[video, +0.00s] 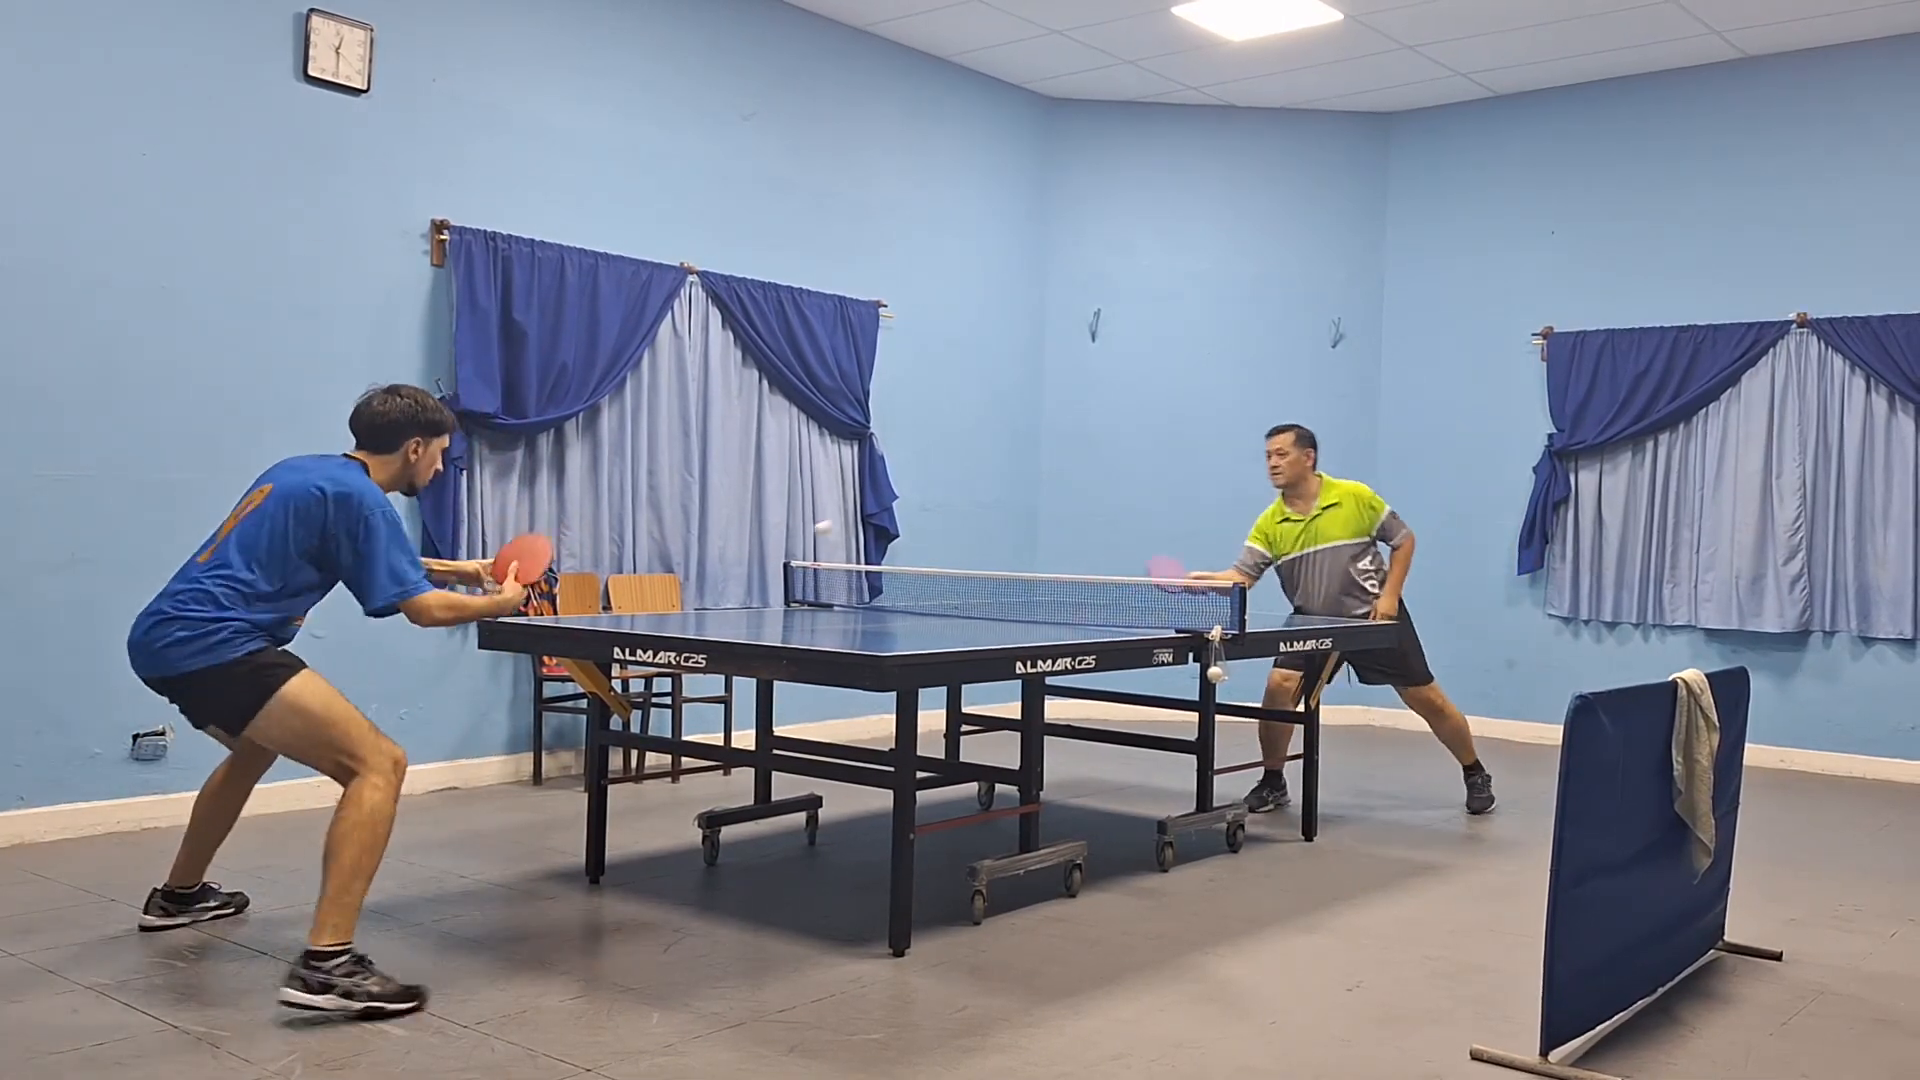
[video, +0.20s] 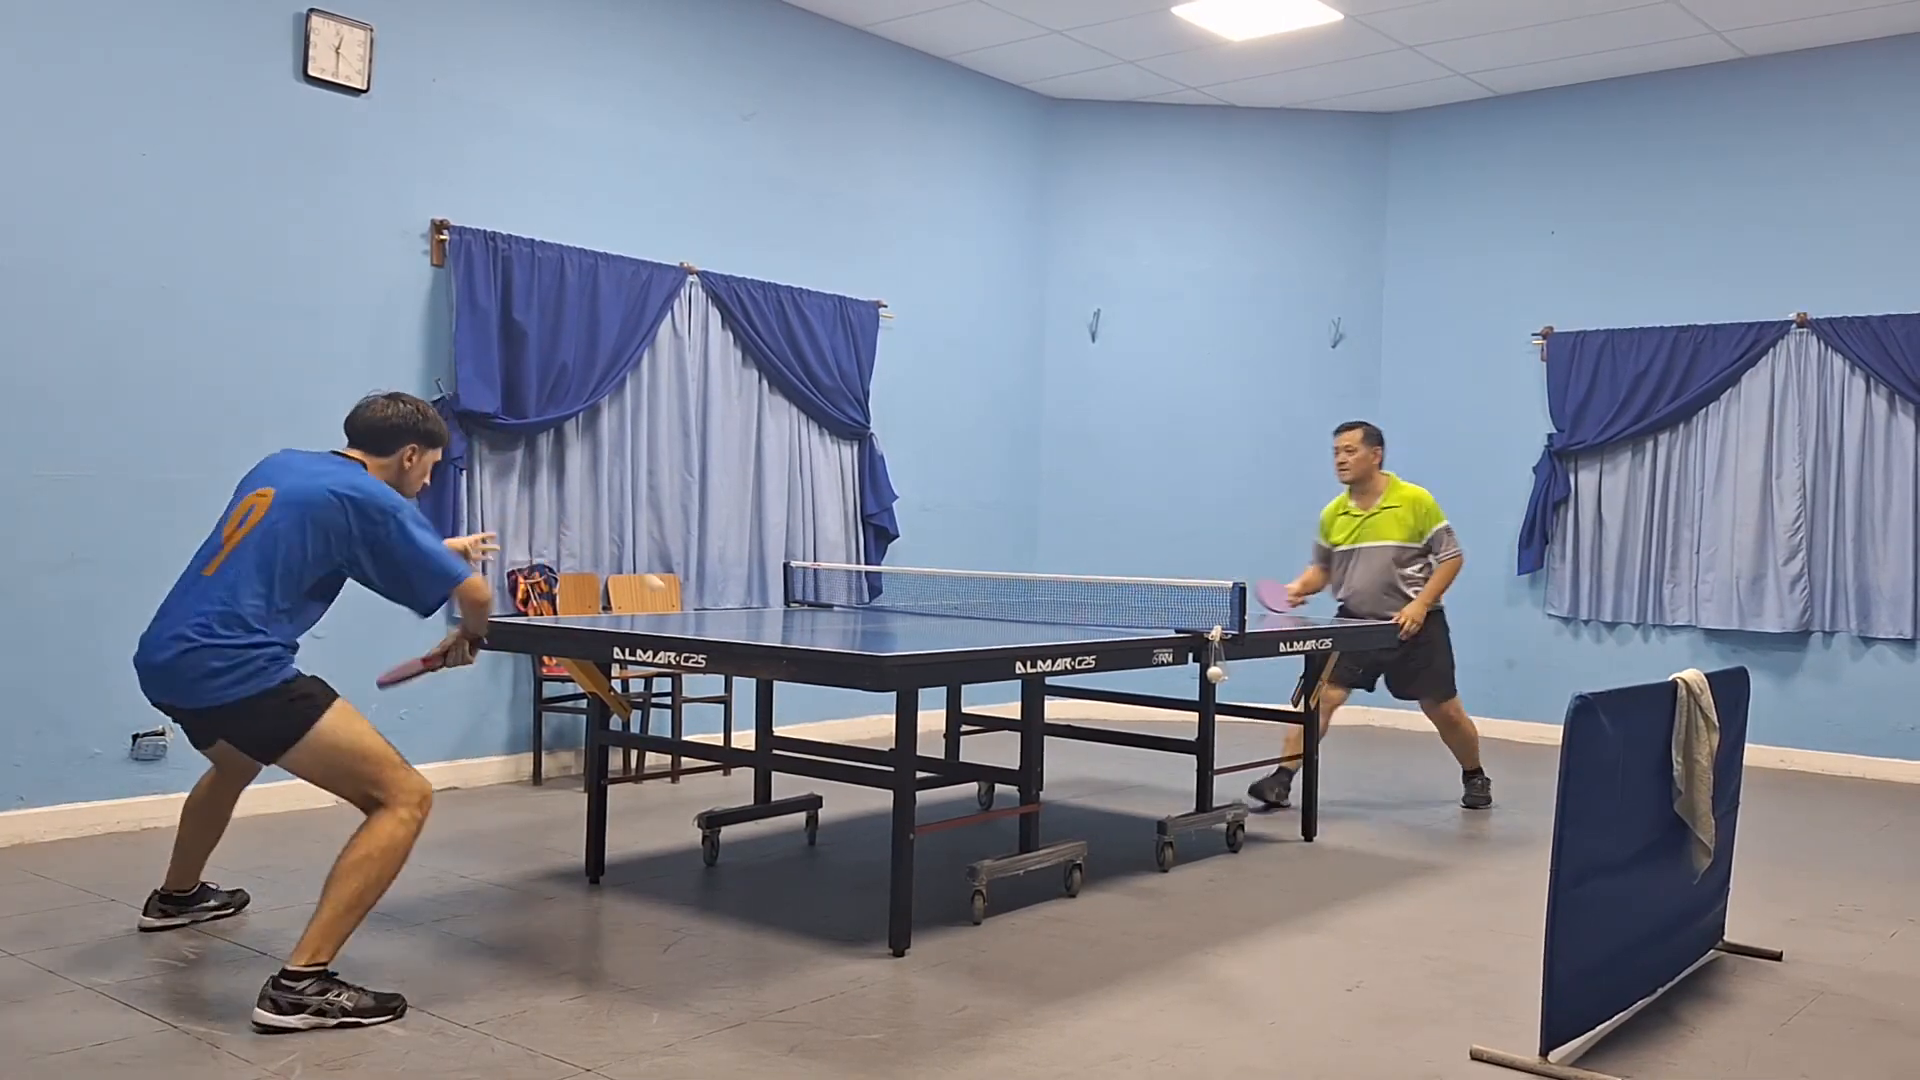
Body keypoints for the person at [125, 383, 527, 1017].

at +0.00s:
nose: (439, 469)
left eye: (443, 455)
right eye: (439, 454)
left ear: (377, 443)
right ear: (412, 449)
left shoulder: (307, 472)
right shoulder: (362, 502)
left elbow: (375, 557)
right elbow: (424, 608)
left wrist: (465, 570)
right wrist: (502, 601)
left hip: (161, 638)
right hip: (211, 642)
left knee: (258, 746)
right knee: (380, 764)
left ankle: (178, 894)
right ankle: (327, 960)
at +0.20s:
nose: (428, 482)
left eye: (433, 468)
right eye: (430, 467)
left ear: (355, 446)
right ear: (404, 455)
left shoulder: (278, 464)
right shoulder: (371, 502)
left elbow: (337, 537)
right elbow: (476, 595)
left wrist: (433, 549)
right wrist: (470, 634)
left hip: (164, 659)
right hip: (237, 667)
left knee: (237, 760)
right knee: (406, 798)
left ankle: (177, 892)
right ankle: (302, 980)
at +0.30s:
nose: (412, 465)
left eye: (415, 453)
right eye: (414, 452)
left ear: (339, 436)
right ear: (392, 445)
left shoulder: (258, 461)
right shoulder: (372, 501)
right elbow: (505, 545)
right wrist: (471, 591)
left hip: (168, 677)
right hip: (244, 691)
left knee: (259, 754)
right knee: (422, 808)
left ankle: (170, 897)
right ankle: (303, 980)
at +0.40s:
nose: (396, 446)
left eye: (397, 433)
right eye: (396, 433)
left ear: (318, 432)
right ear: (373, 438)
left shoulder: (237, 469)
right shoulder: (354, 514)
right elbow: (491, 539)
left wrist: (408, 551)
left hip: (165, 690)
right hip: (233, 701)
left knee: (272, 764)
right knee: (417, 807)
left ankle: (161, 907)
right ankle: (302, 981)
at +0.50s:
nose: (386, 436)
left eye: (385, 423)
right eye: (382, 424)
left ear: (311, 427)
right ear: (353, 430)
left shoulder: (235, 472)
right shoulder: (332, 504)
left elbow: (307, 570)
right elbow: (481, 510)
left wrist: (413, 598)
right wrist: (569, 443)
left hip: (153, 679)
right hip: (218, 686)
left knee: (256, 759)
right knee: (403, 801)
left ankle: (158, 906)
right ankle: (301, 982)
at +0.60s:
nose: (380, 404)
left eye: (380, 391)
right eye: (375, 392)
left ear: (311, 398)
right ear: (339, 398)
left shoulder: (239, 449)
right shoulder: (298, 466)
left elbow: (296, 560)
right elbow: (437, 495)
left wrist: (401, 597)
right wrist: (527, 421)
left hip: (144, 644)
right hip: (195, 649)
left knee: (247, 752)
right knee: (353, 780)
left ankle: (158, 906)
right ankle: (298, 979)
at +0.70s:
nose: (373, 372)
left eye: (372, 358)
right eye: (367, 358)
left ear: (308, 364)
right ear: (330, 363)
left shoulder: (241, 416)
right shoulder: (276, 428)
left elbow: (267, 535)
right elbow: (383, 495)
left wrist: (368, 577)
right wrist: (488, 440)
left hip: (142, 597)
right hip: (164, 603)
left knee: (236, 740)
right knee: (292, 755)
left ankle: (147, 886)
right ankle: (256, 962)